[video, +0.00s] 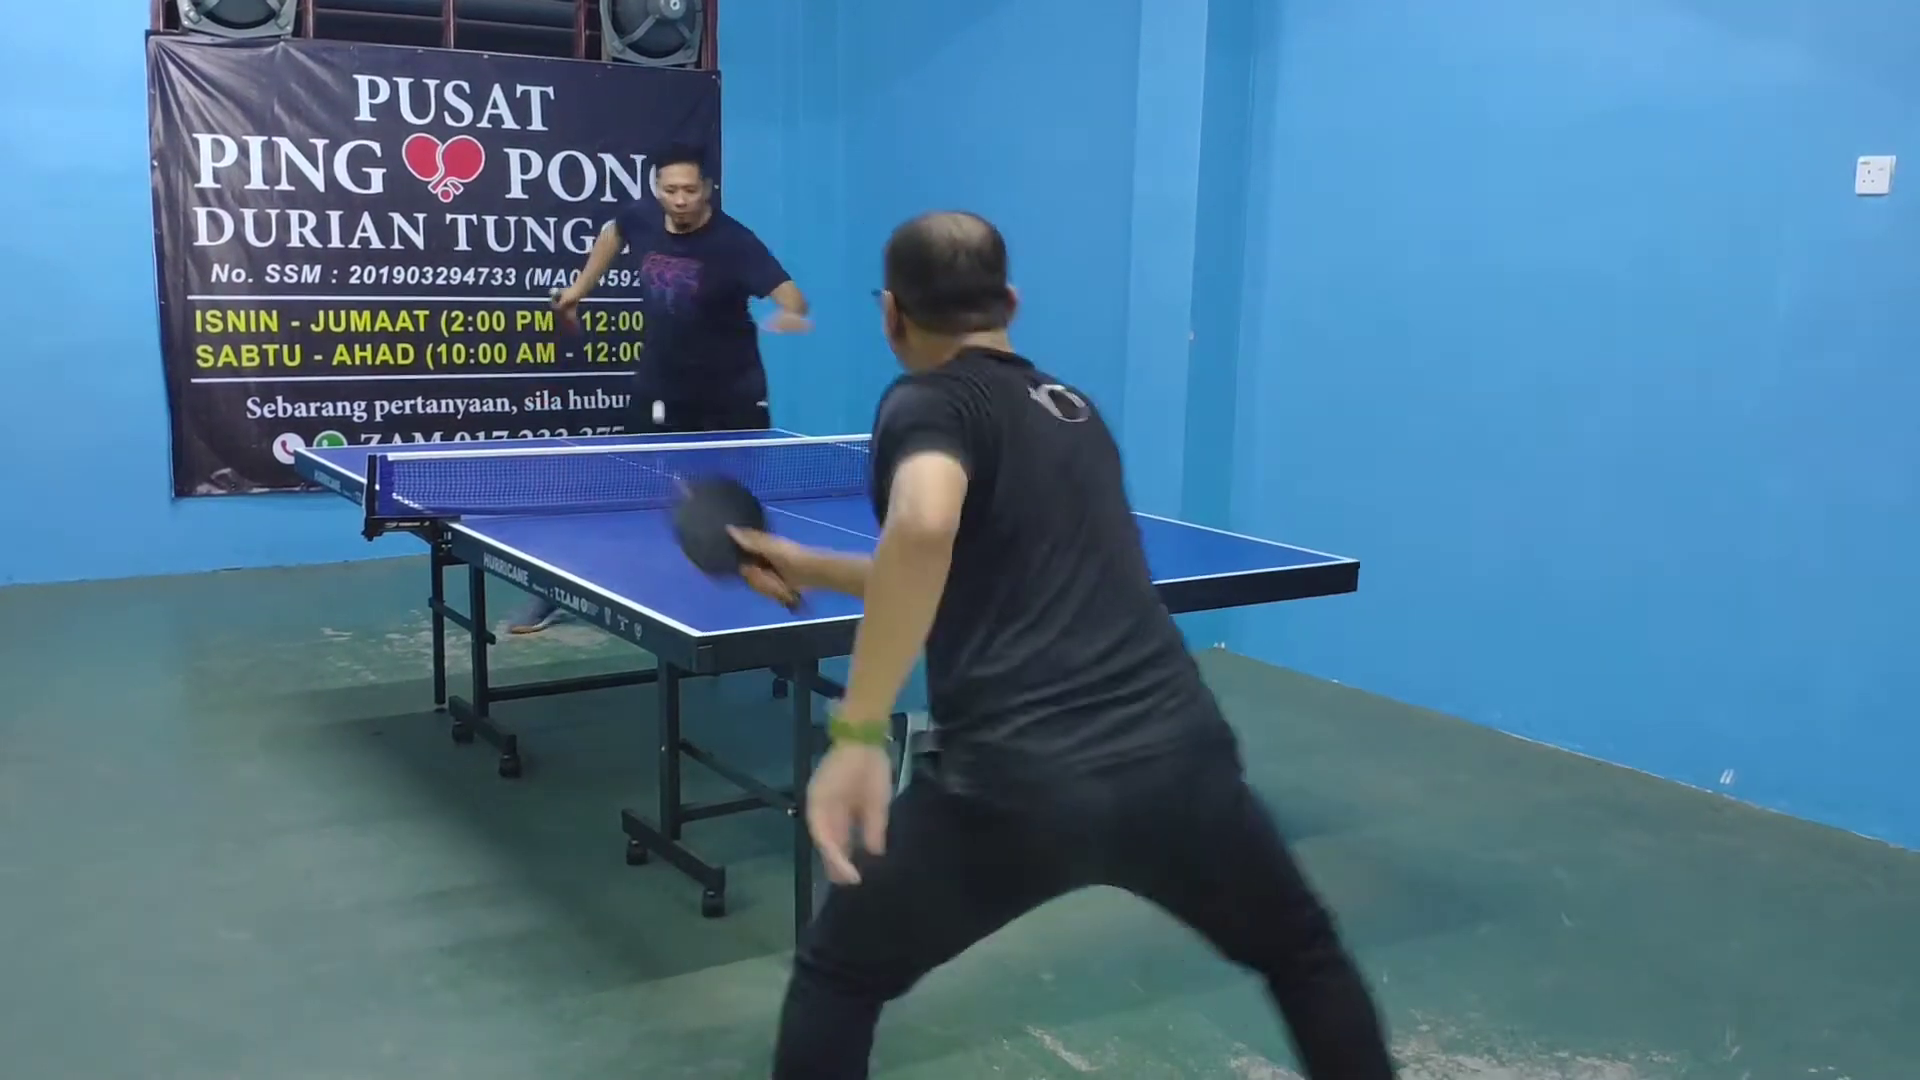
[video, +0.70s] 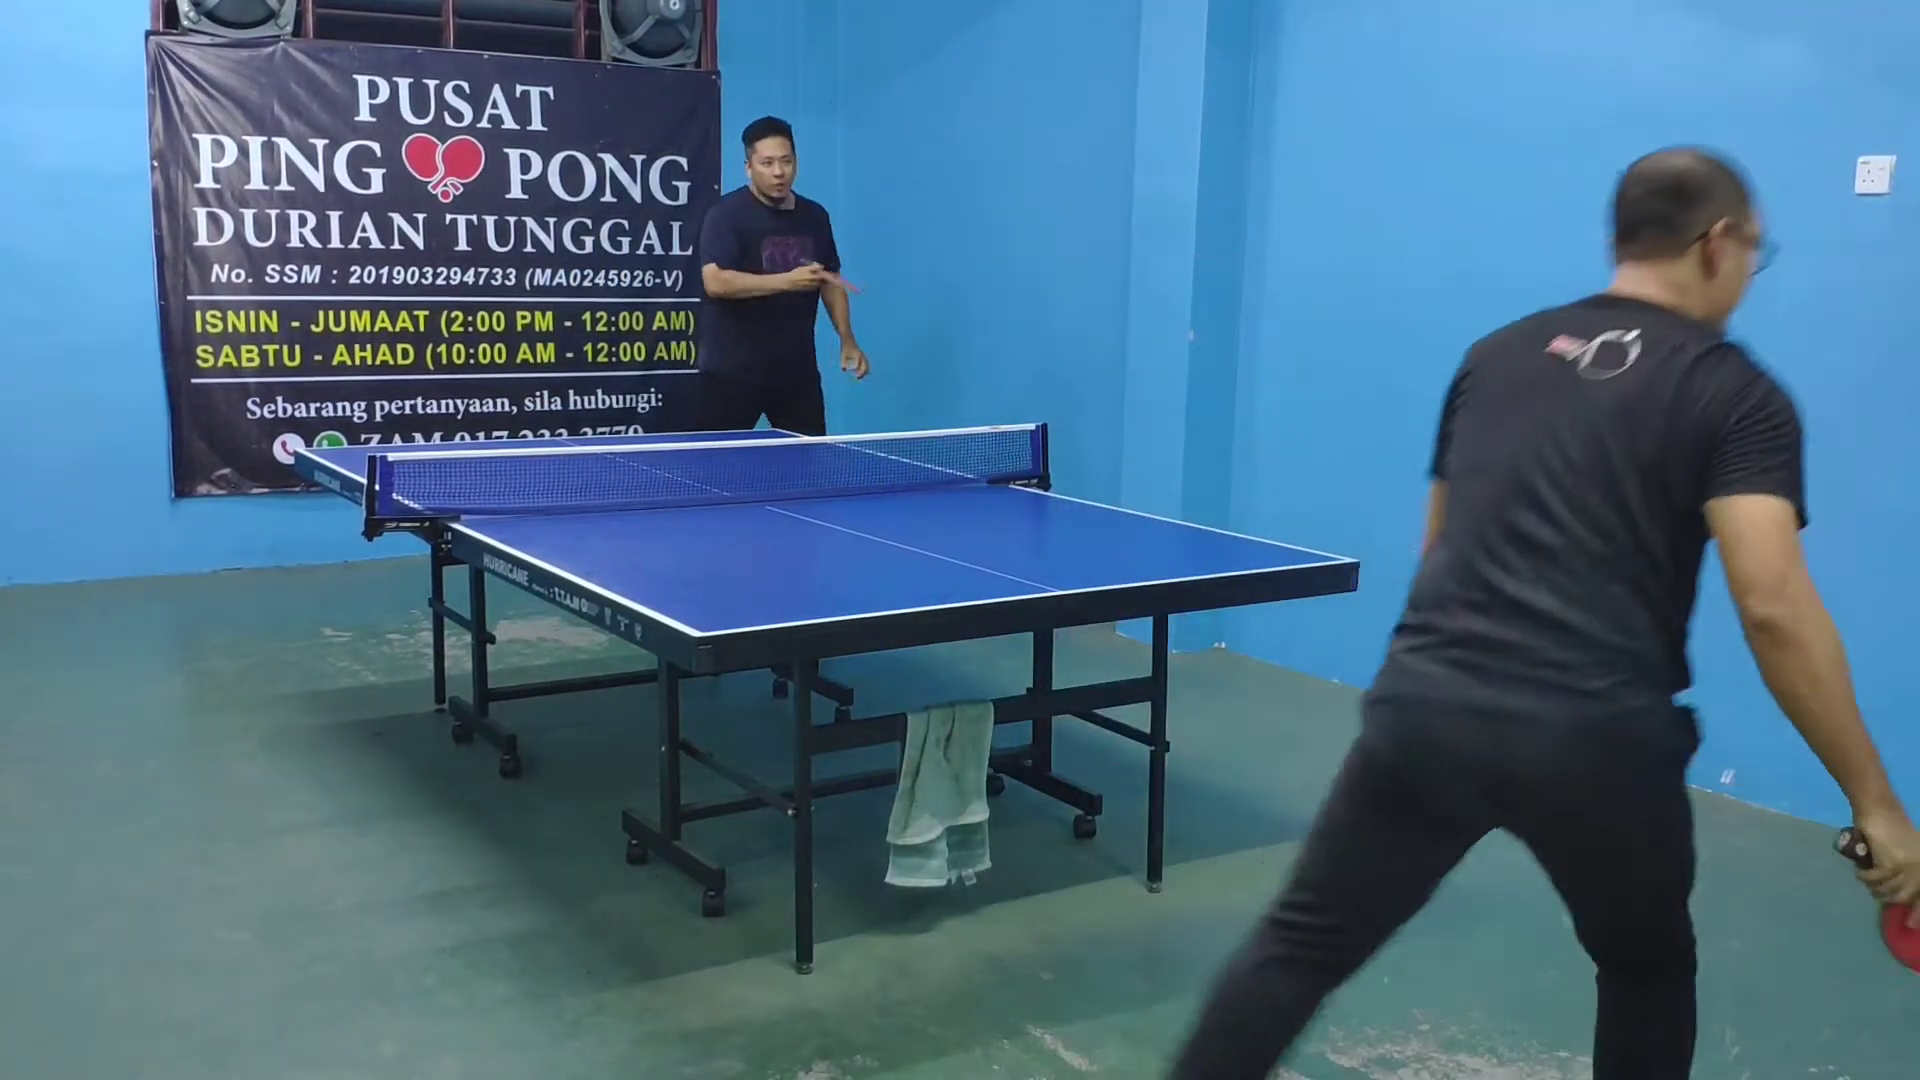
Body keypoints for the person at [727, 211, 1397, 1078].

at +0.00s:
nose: (882, 318)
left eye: (882, 304)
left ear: (894, 312)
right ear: (1010, 304)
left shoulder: (930, 398)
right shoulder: (1071, 408)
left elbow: (925, 524)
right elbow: (984, 584)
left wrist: (860, 731)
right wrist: (816, 570)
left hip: (1014, 795)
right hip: (1177, 779)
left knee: (838, 975)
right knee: (1307, 958)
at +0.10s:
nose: (956, 305)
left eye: (958, 291)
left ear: (969, 301)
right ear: (1078, 295)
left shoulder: (984, 397)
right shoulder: (1153, 393)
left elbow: (936, 546)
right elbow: (1138, 571)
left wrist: (908, 722)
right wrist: (981, 614)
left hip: (1089, 786)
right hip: (1258, 768)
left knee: (911, 977)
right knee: (1403, 956)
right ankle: (1489, 1071)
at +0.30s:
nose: (1214, 370)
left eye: (1216, 357)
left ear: (1227, 368)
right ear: (1335, 370)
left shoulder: (1171, 495)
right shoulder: (1424, 495)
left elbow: (1094, 690)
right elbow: (1511, 705)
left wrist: (1191, 736)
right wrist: (1480, 764)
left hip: (1229, 861)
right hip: (1403, 862)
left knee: (1032, 991)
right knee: (1499, 1000)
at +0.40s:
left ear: (1316, 380)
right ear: (1436, 393)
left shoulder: (1234, 498)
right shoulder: (1486, 516)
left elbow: (1208, 682)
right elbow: (1611, 716)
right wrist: (1756, 827)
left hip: (1246, 860)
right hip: (1433, 868)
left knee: (1058, 1014)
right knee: (1535, 986)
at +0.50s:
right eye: (1545, 355)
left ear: (1422, 355)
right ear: (1546, 364)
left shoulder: (1337, 461)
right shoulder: (1568, 488)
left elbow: (1308, 631)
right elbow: (1683, 669)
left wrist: (1507, 636)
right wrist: (1866, 797)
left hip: (1302, 822)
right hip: (1481, 836)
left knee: (1121, 1009)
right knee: (1583, 974)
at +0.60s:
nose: (1661, 320)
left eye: (1660, 300)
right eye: (1660, 300)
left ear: (1533, 296)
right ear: (1641, 300)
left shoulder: (1427, 404)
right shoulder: (1664, 434)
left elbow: (1378, 591)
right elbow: (1735, 623)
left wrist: (1434, 713)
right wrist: (1883, 796)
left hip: (1367, 763)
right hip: (1545, 787)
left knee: (1198, 970)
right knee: (1629, 973)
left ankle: (1075, 1078)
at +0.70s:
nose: (1749, 275)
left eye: (1753, 253)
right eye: (1750, 251)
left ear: (1626, 243)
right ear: (1716, 244)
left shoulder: (1496, 355)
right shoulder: (1732, 389)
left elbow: (1442, 556)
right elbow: (1774, 608)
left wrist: (1467, 688)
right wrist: (1876, 805)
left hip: (1428, 718)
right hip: (1597, 747)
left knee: (1299, 944)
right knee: (1645, 972)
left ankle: (1195, 1069)